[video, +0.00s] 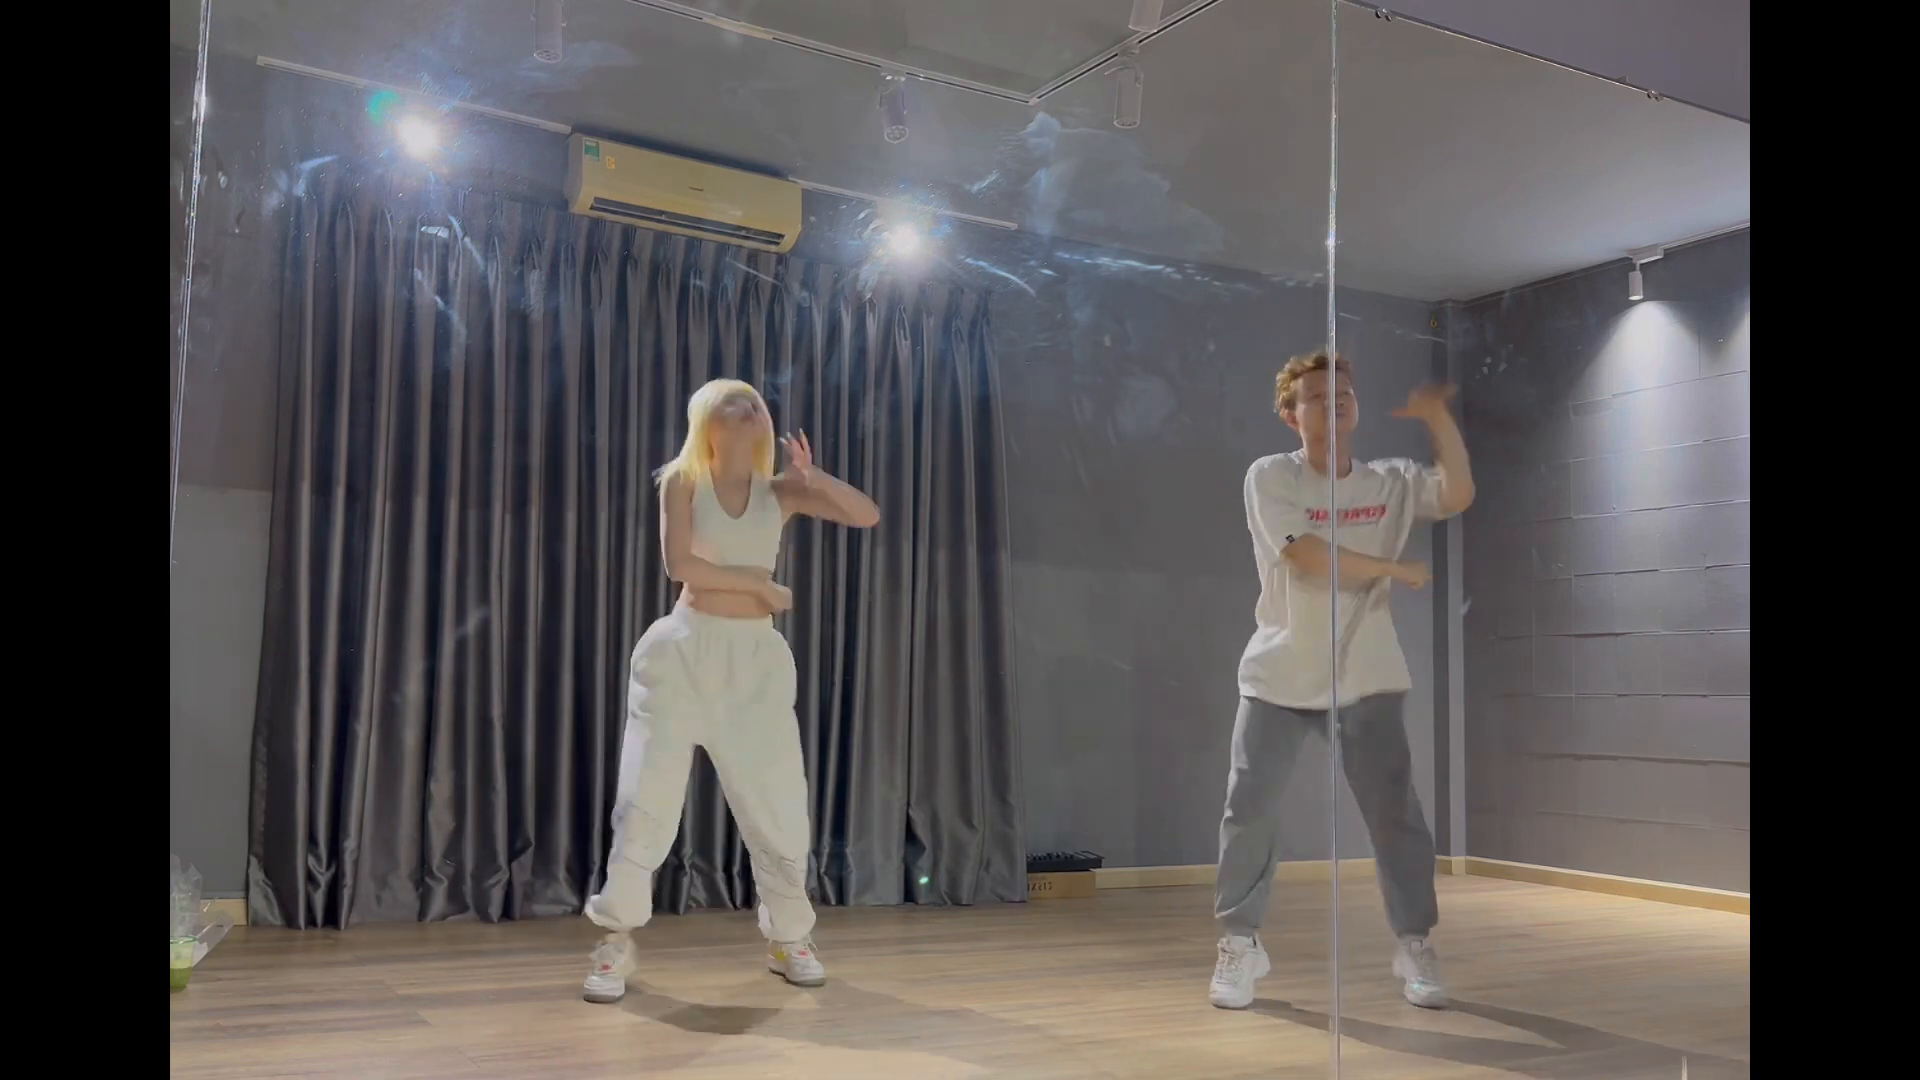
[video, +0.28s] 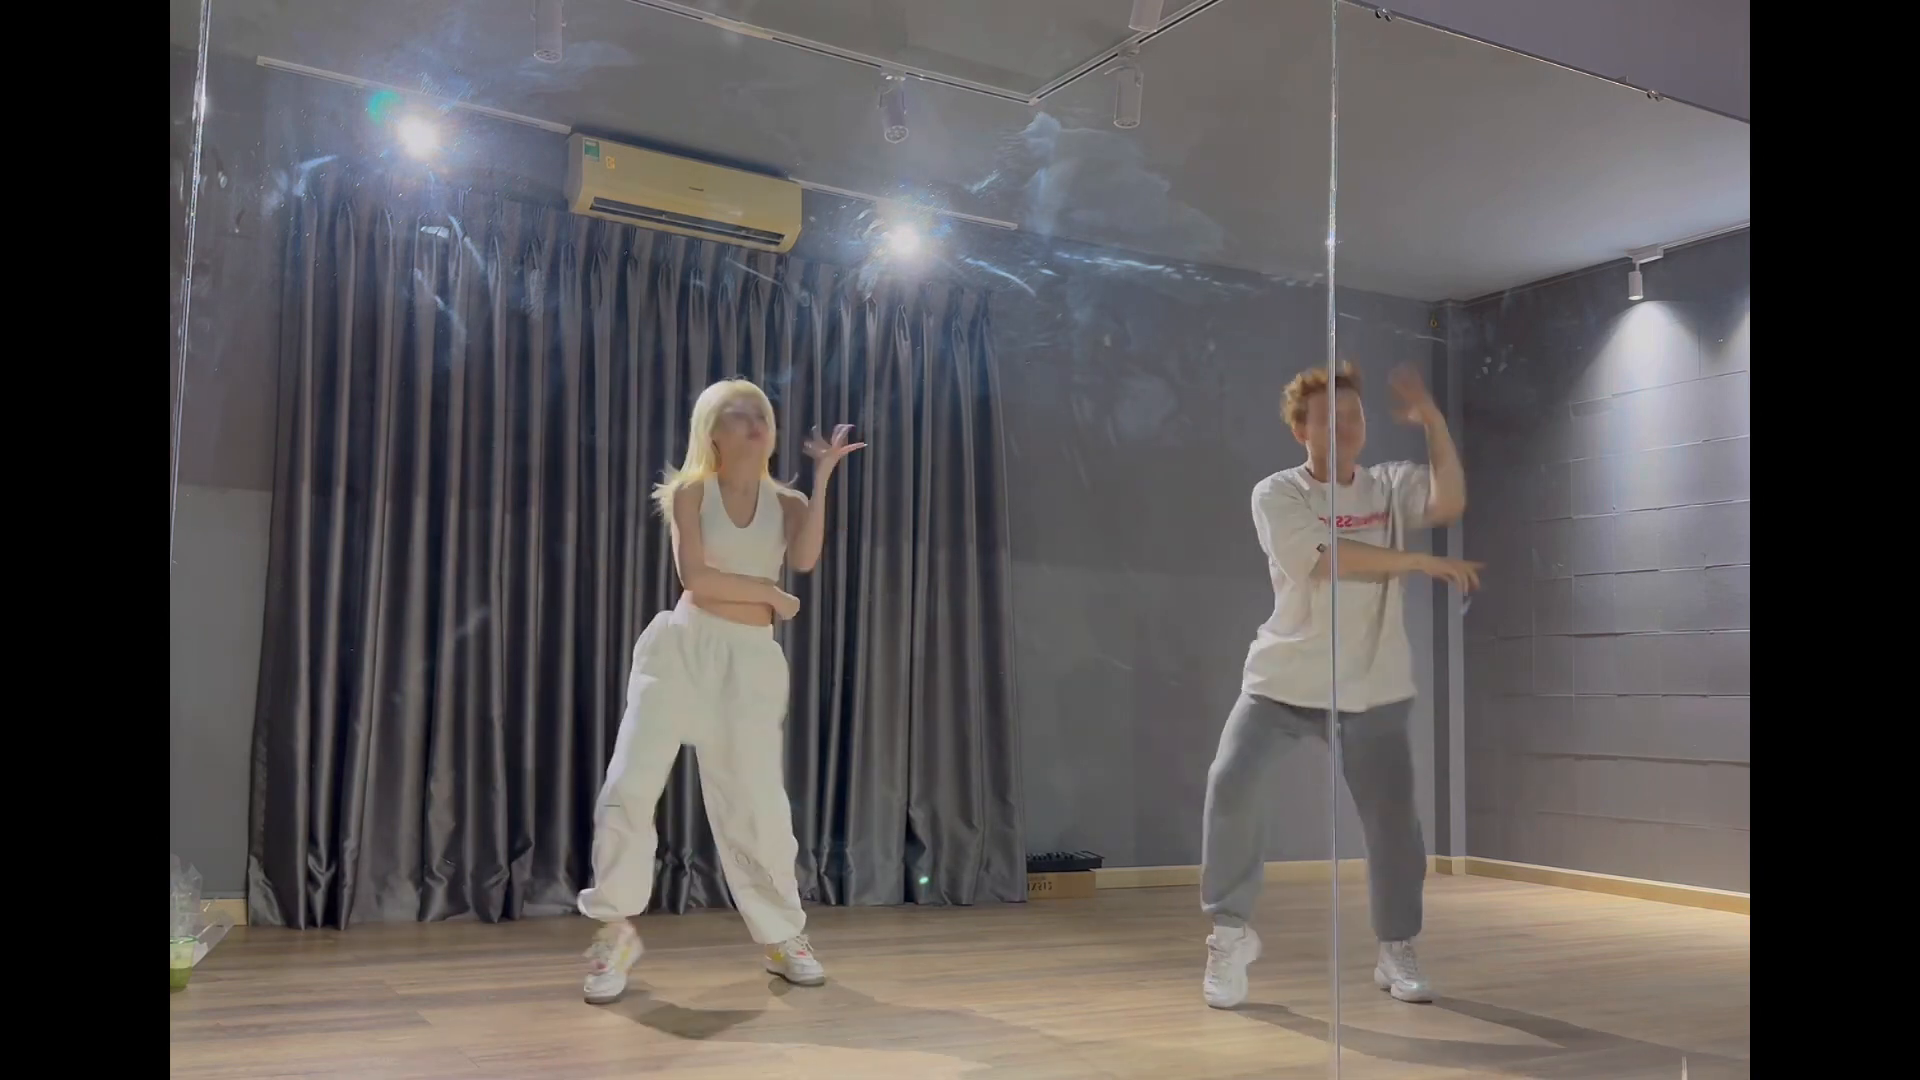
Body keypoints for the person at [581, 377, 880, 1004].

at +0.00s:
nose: (750, 410)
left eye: (756, 403)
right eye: (734, 405)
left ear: (766, 424)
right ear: (709, 428)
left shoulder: (781, 487)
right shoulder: (683, 482)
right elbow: (680, 565)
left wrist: (813, 477)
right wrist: (759, 586)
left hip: (756, 665)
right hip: (679, 660)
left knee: (780, 812)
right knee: (644, 805)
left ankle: (789, 940)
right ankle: (615, 945)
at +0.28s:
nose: (751, 424)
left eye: (759, 416)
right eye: (736, 416)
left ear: (774, 434)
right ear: (710, 434)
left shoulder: (789, 503)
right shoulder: (691, 491)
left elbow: (805, 558)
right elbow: (695, 581)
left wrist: (821, 474)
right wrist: (770, 596)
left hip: (750, 662)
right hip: (678, 654)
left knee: (758, 801)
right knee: (628, 789)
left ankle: (784, 939)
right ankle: (614, 934)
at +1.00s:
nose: (725, 444)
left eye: (736, 435)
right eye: (714, 432)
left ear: (747, 443)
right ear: (686, 437)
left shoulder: (752, 499)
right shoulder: (666, 493)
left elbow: (761, 483)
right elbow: (676, 576)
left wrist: (762, 419)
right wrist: (746, 593)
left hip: (730, 672)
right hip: (670, 664)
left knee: (790, 801)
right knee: (636, 812)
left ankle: (780, 939)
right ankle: (582, 943)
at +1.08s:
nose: (724, 457)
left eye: (733, 447)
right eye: (712, 445)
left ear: (744, 459)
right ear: (685, 451)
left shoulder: (755, 511)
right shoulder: (661, 516)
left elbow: (737, 590)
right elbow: (680, 596)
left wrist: (742, 618)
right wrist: (751, 608)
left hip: (719, 680)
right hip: (664, 669)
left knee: (785, 802)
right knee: (632, 809)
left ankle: (778, 939)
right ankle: (579, 946)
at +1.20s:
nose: (716, 465)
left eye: (727, 458)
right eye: (702, 453)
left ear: (738, 471)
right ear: (669, 461)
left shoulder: (745, 510)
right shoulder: (651, 514)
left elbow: (726, 539)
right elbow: (668, 605)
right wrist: (739, 616)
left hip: (721, 692)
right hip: (657, 681)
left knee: (789, 812)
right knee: (627, 824)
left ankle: (780, 942)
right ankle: (583, 950)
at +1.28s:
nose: (720, 467)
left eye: (729, 459)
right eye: (707, 454)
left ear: (738, 471)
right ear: (673, 464)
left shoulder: (737, 509)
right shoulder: (650, 522)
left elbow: (782, 533)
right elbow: (667, 606)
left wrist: (703, 501)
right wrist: (740, 615)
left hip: (734, 693)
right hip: (666, 685)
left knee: (801, 819)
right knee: (628, 826)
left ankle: (771, 940)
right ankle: (589, 950)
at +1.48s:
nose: (743, 468)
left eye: (751, 459)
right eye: (731, 457)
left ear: (756, 471)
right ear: (702, 463)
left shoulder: (754, 530)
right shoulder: (684, 508)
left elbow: (826, 530)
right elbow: (682, 583)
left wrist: (777, 502)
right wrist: (758, 602)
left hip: (785, 687)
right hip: (721, 692)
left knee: (814, 830)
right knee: (675, 841)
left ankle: (758, 948)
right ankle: (597, 947)